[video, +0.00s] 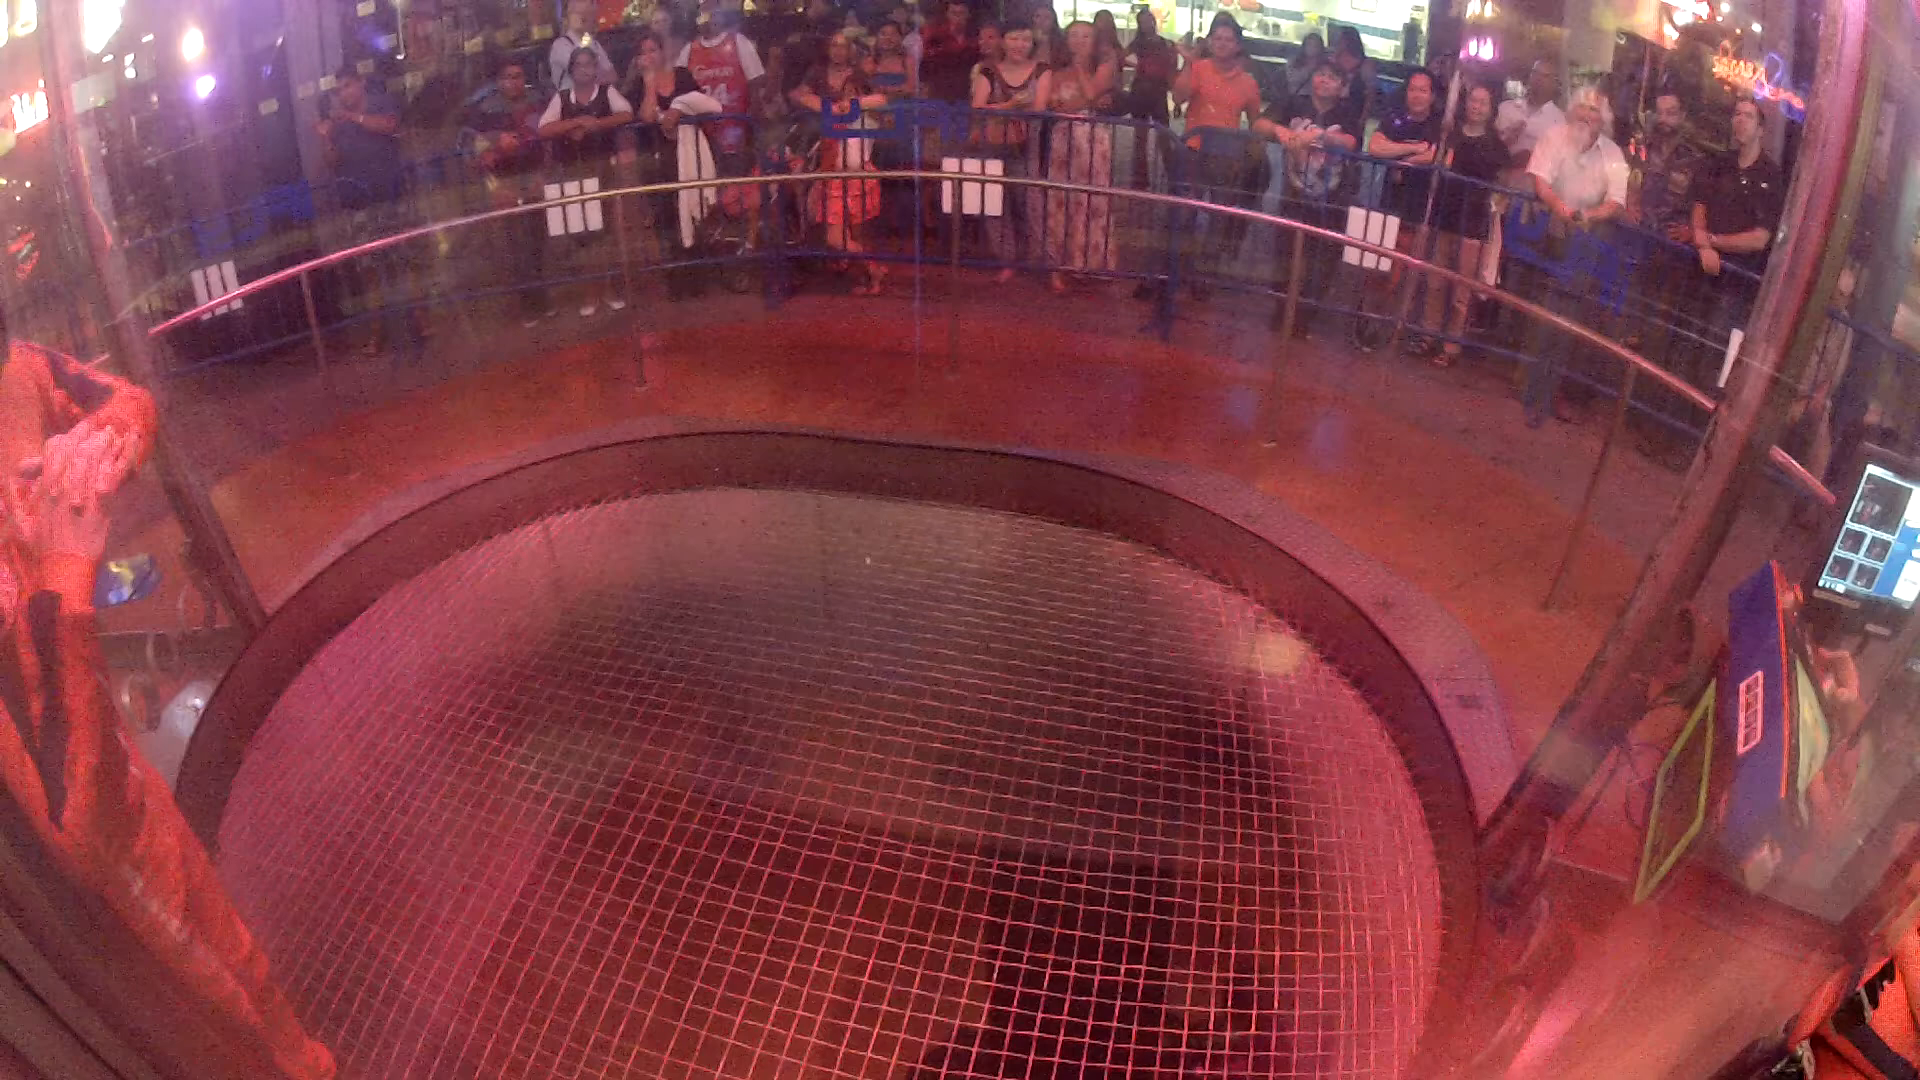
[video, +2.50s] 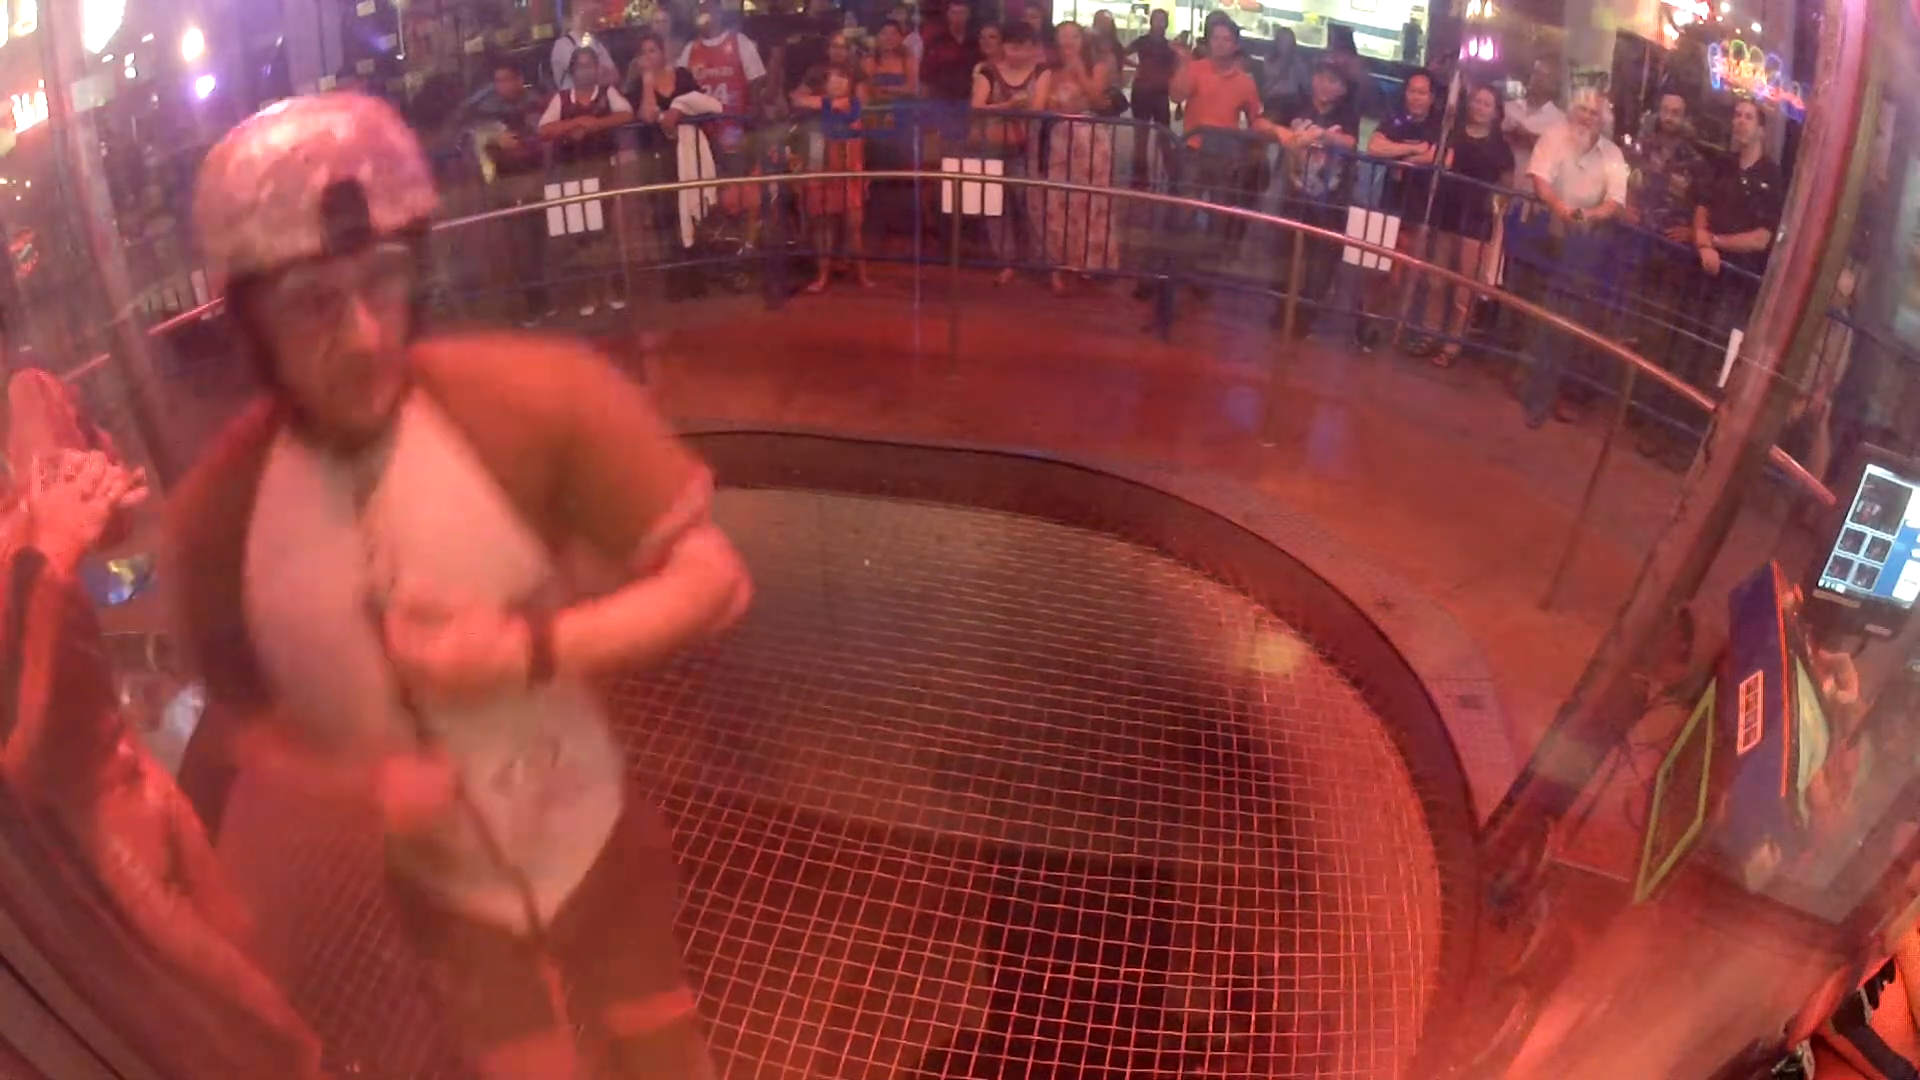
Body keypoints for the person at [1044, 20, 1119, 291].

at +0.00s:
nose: (1079, 41)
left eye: (1085, 36)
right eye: (1074, 36)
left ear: (1095, 41)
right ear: (1066, 41)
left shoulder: (1104, 67)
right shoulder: (1059, 73)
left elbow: (1092, 94)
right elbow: (1049, 105)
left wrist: (1080, 66)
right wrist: (1080, 103)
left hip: (1091, 139)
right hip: (1062, 138)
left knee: (1090, 201)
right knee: (1061, 200)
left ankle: (1089, 265)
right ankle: (1059, 265)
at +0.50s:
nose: (1079, 41)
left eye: (1085, 36)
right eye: (1074, 36)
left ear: (1095, 41)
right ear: (1067, 41)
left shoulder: (1104, 66)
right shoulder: (1059, 72)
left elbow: (1090, 94)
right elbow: (1049, 105)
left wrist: (1081, 65)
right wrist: (1082, 102)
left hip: (1091, 138)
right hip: (1062, 137)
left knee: (1089, 201)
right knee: (1060, 201)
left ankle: (1087, 265)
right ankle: (1058, 265)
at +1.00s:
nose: (1079, 42)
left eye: (1085, 37)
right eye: (1074, 37)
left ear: (1094, 41)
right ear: (1066, 42)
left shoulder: (1104, 64)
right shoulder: (1055, 73)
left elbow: (1090, 94)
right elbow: (1041, 108)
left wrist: (1081, 65)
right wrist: (1068, 107)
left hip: (1089, 138)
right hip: (1060, 137)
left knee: (1087, 201)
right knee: (1059, 200)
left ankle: (1085, 265)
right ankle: (1058, 264)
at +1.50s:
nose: (1078, 41)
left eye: (1084, 37)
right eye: (1073, 36)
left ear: (1092, 40)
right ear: (1064, 41)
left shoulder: (1103, 63)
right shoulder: (1055, 71)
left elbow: (1089, 94)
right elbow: (1041, 106)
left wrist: (1079, 62)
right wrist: (1066, 107)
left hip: (1088, 136)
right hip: (1060, 136)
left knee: (1086, 200)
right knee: (1058, 199)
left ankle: (1083, 263)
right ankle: (1058, 263)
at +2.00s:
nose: (1075, 40)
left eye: (1081, 36)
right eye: (1070, 36)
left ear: (1088, 40)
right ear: (1061, 40)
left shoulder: (1099, 66)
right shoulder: (1051, 74)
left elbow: (1090, 94)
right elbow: (1038, 108)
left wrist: (1074, 63)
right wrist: (1069, 106)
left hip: (1088, 137)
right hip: (1060, 136)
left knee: (1086, 200)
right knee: (1057, 199)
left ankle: (1084, 263)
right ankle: (1057, 264)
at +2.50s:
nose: (1067, 45)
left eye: (1072, 39)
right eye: (1063, 40)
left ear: (1082, 42)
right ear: (1055, 44)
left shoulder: (1095, 68)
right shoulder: (1051, 74)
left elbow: (1097, 98)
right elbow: (1039, 108)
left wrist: (1078, 71)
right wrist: (1061, 105)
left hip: (1089, 137)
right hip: (1059, 137)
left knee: (1088, 200)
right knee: (1059, 200)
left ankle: (1086, 263)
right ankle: (1059, 264)